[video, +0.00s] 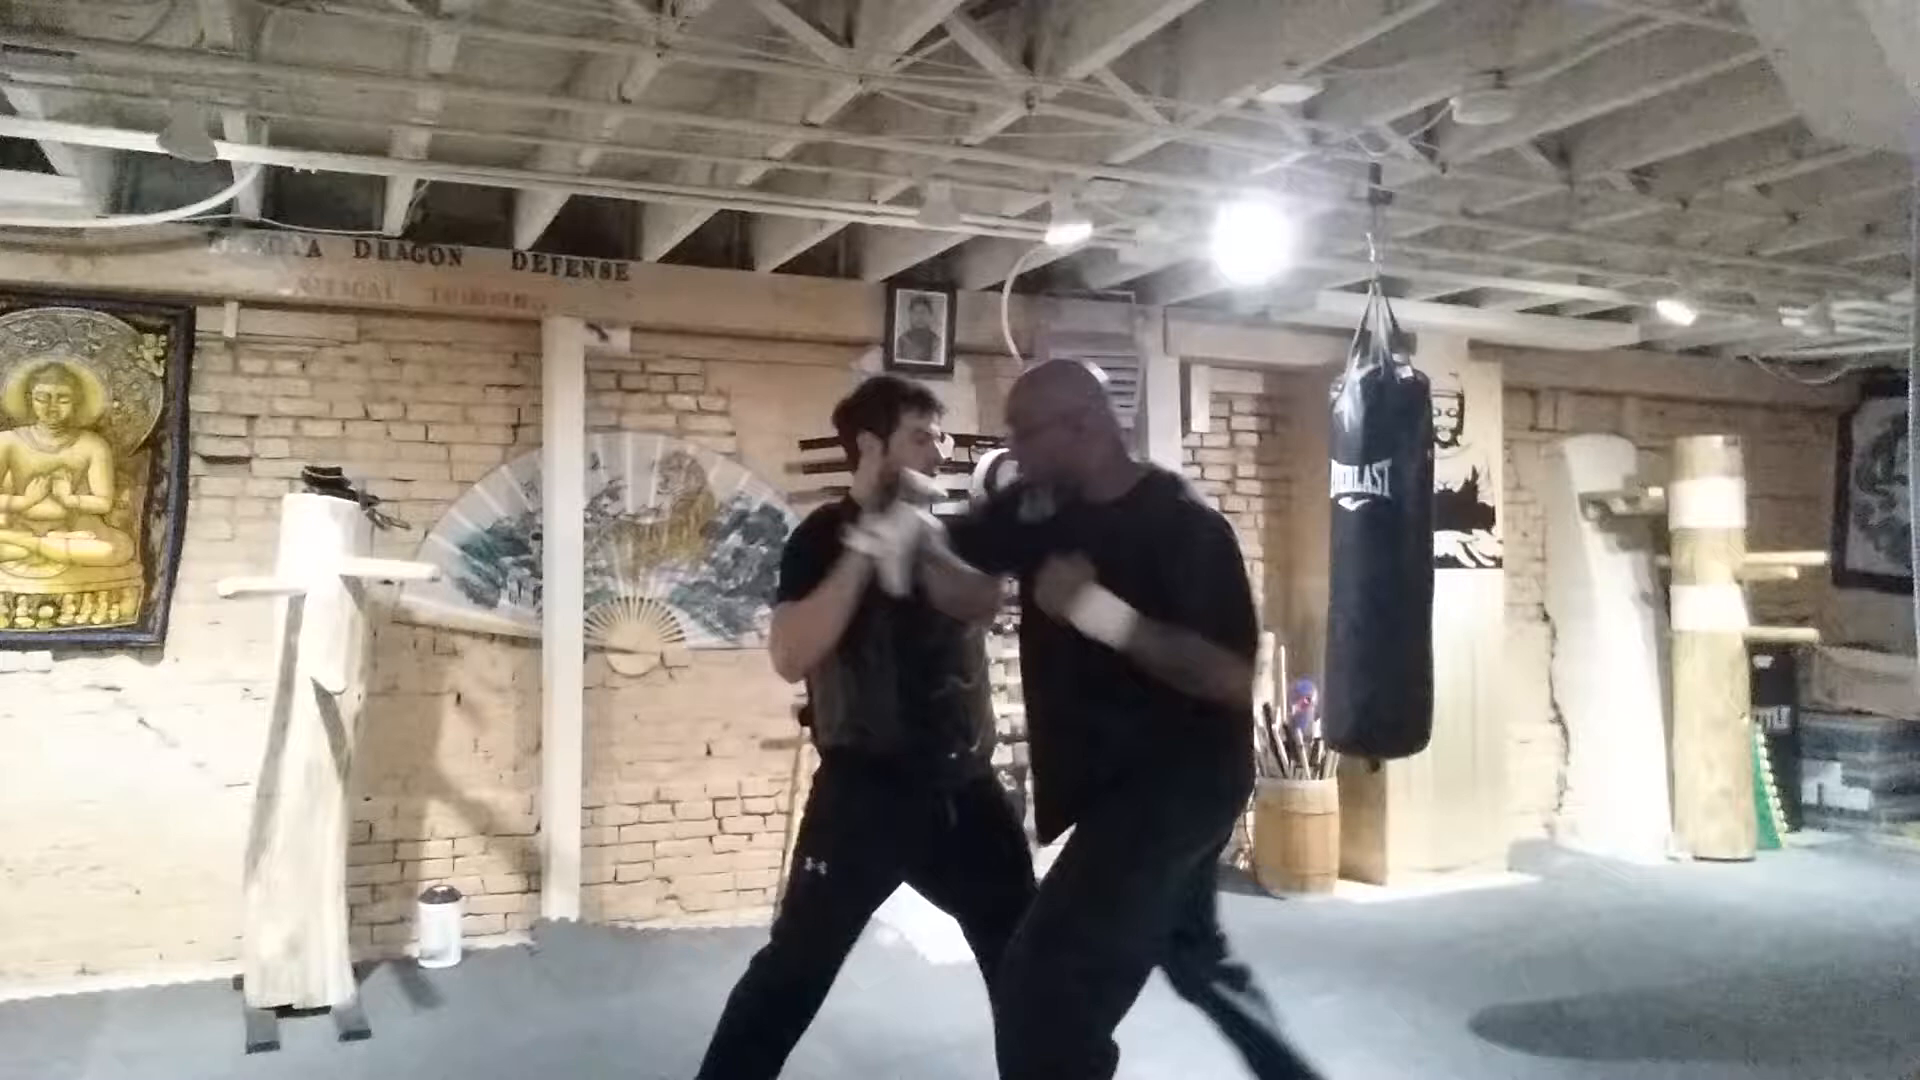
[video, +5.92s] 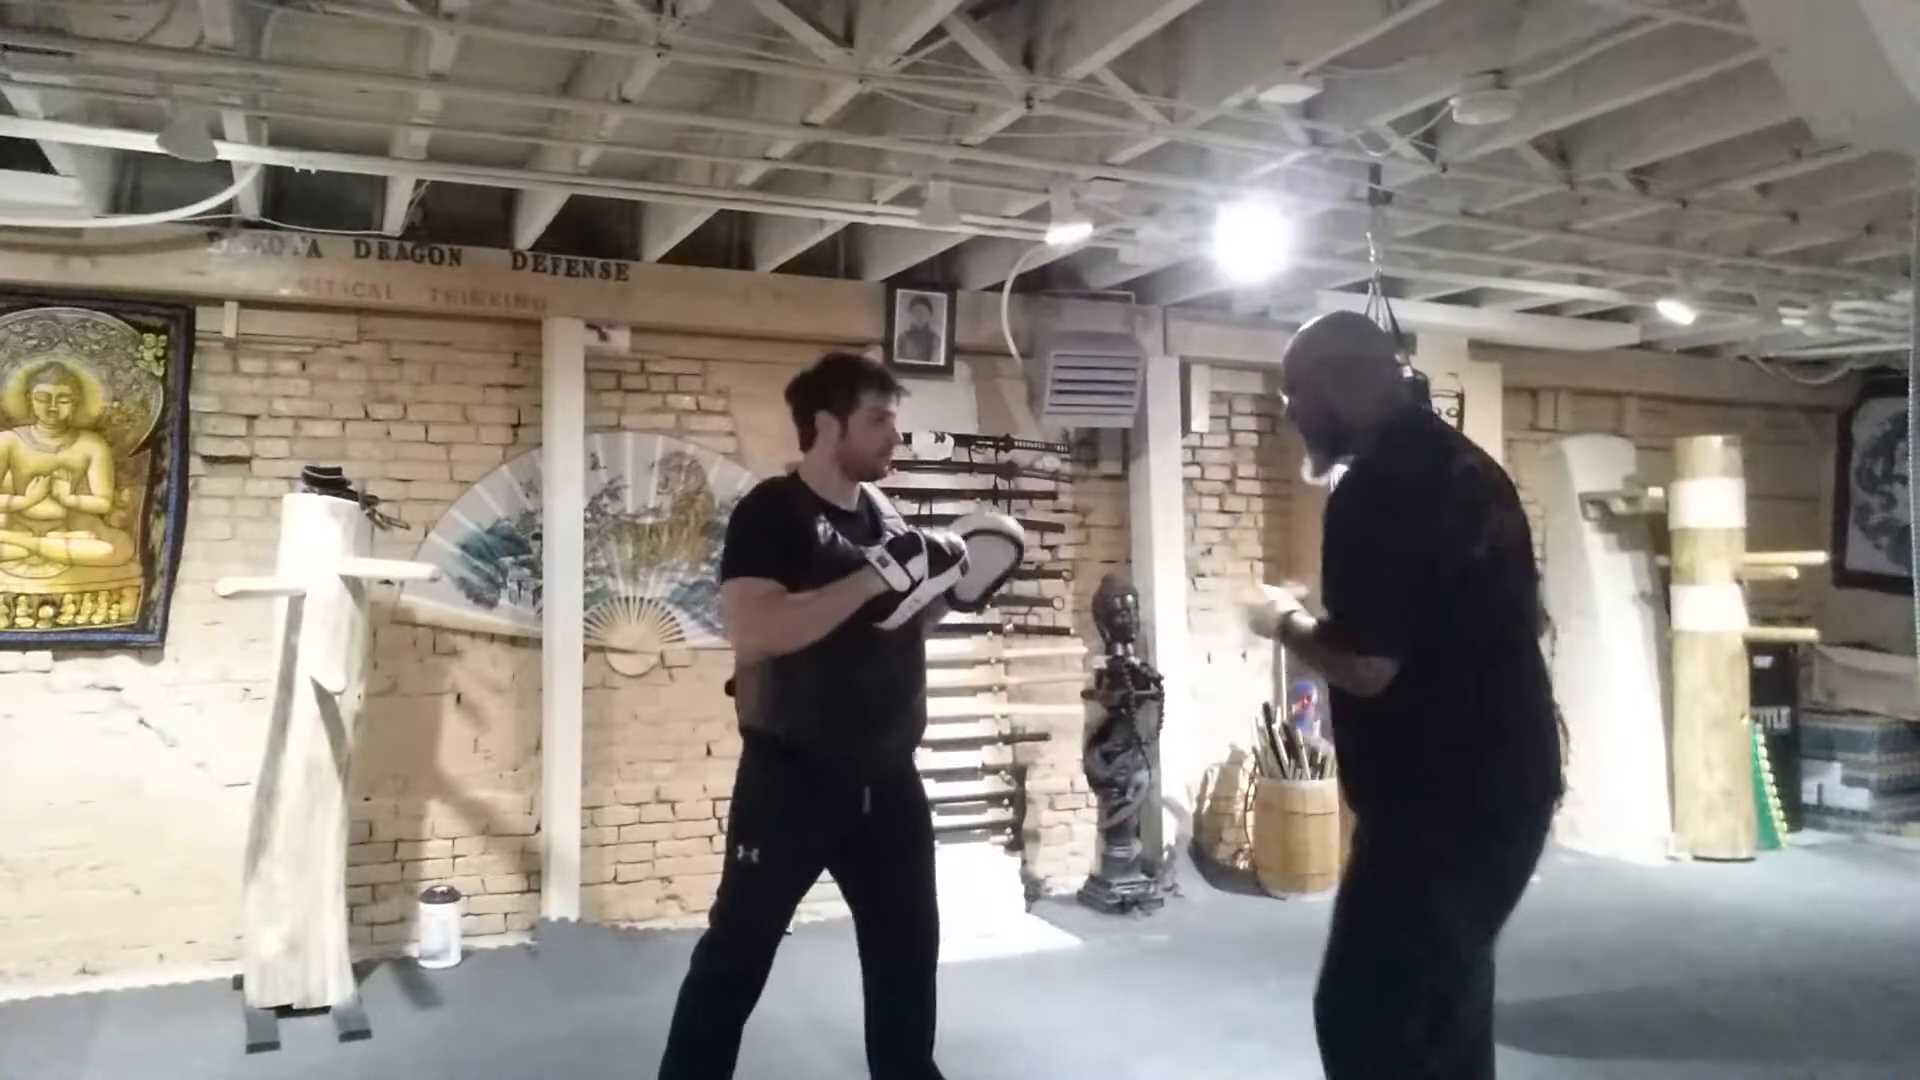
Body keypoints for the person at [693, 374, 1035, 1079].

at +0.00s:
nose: (937, 454)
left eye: (938, 440)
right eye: (923, 438)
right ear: (870, 443)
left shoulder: (952, 526)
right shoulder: (826, 534)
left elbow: (987, 603)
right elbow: (790, 657)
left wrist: (922, 545)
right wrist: (859, 557)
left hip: (965, 787)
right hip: (862, 793)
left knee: (1031, 975)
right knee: (792, 977)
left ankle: (1051, 1079)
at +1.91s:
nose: (919, 464)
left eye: (920, 449)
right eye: (907, 447)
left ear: (892, 449)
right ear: (855, 445)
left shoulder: (919, 528)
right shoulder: (786, 524)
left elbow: (936, 618)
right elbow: (780, 635)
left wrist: (978, 564)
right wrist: (883, 558)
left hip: (914, 788)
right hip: (811, 790)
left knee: (971, 955)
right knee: (759, 966)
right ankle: (703, 1079)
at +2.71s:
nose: (974, 465)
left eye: (978, 453)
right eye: (961, 448)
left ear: (974, 458)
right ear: (910, 448)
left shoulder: (967, 541)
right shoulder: (864, 525)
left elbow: (990, 638)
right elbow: (857, 619)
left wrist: (1052, 565)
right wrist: (950, 517)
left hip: (973, 795)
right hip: (875, 795)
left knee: (1029, 957)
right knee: (803, 973)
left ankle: (1035, 1079)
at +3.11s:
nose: (934, 472)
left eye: (941, 459)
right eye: (919, 455)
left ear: (947, 464)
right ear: (871, 453)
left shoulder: (949, 544)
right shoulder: (818, 535)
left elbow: (954, 649)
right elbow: (792, 635)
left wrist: (996, 580)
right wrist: (862, 525)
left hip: (947, 795)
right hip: (843, 800)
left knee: (1020, 947)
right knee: (788, 972)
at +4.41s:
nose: (994, 458)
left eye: (997, 446)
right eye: (981, 442)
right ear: (928, 442)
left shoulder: (991, 532)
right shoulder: (879, 522)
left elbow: (1034, 607)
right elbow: (846, 621)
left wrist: (1093, 526)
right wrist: (932, 511)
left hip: (1001, 785)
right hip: (902, 786)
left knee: (1056, 954)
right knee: (830, 957)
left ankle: (1048, 1079)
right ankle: (736, 1077)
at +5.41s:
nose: (967, 487)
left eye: (970, 471)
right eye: (957, 469)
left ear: (914, 466)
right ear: (904, 462)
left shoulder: (944, 550)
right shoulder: (830, 532)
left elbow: (961, 651)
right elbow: (820, 650)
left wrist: (1015, 598)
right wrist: (940, 578)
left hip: (940, 800)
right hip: (839, 802)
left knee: (1002, 963)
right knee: (773, 977)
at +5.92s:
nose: (897, 433)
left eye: (896, 418)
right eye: (881, 418)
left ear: (852, 430)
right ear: (828, 425)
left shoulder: (881, 515)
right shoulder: (768, 510)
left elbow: (897, 623)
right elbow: (751, 630)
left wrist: (952, 576)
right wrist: (875, 580)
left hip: (884, 778)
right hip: (788, 779)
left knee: (905, 965)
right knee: (733, 966)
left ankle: (908, 1075)